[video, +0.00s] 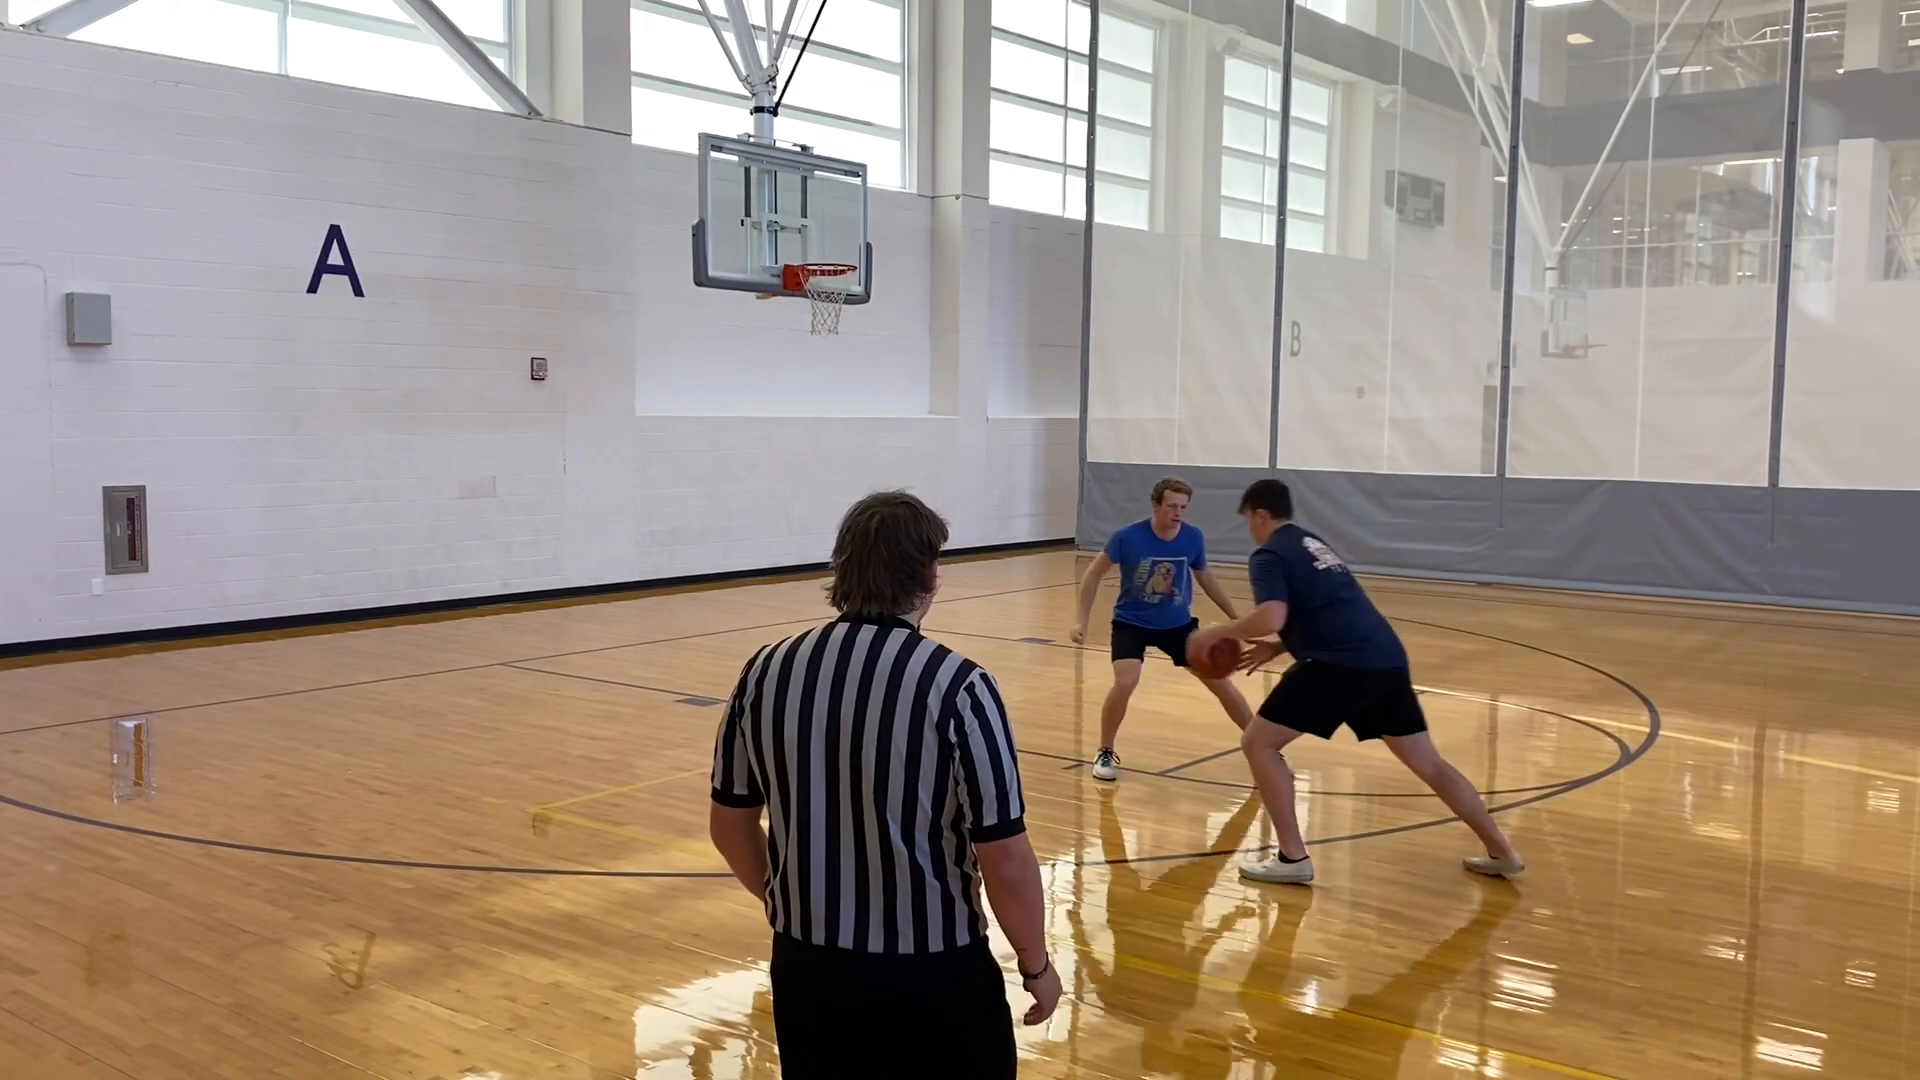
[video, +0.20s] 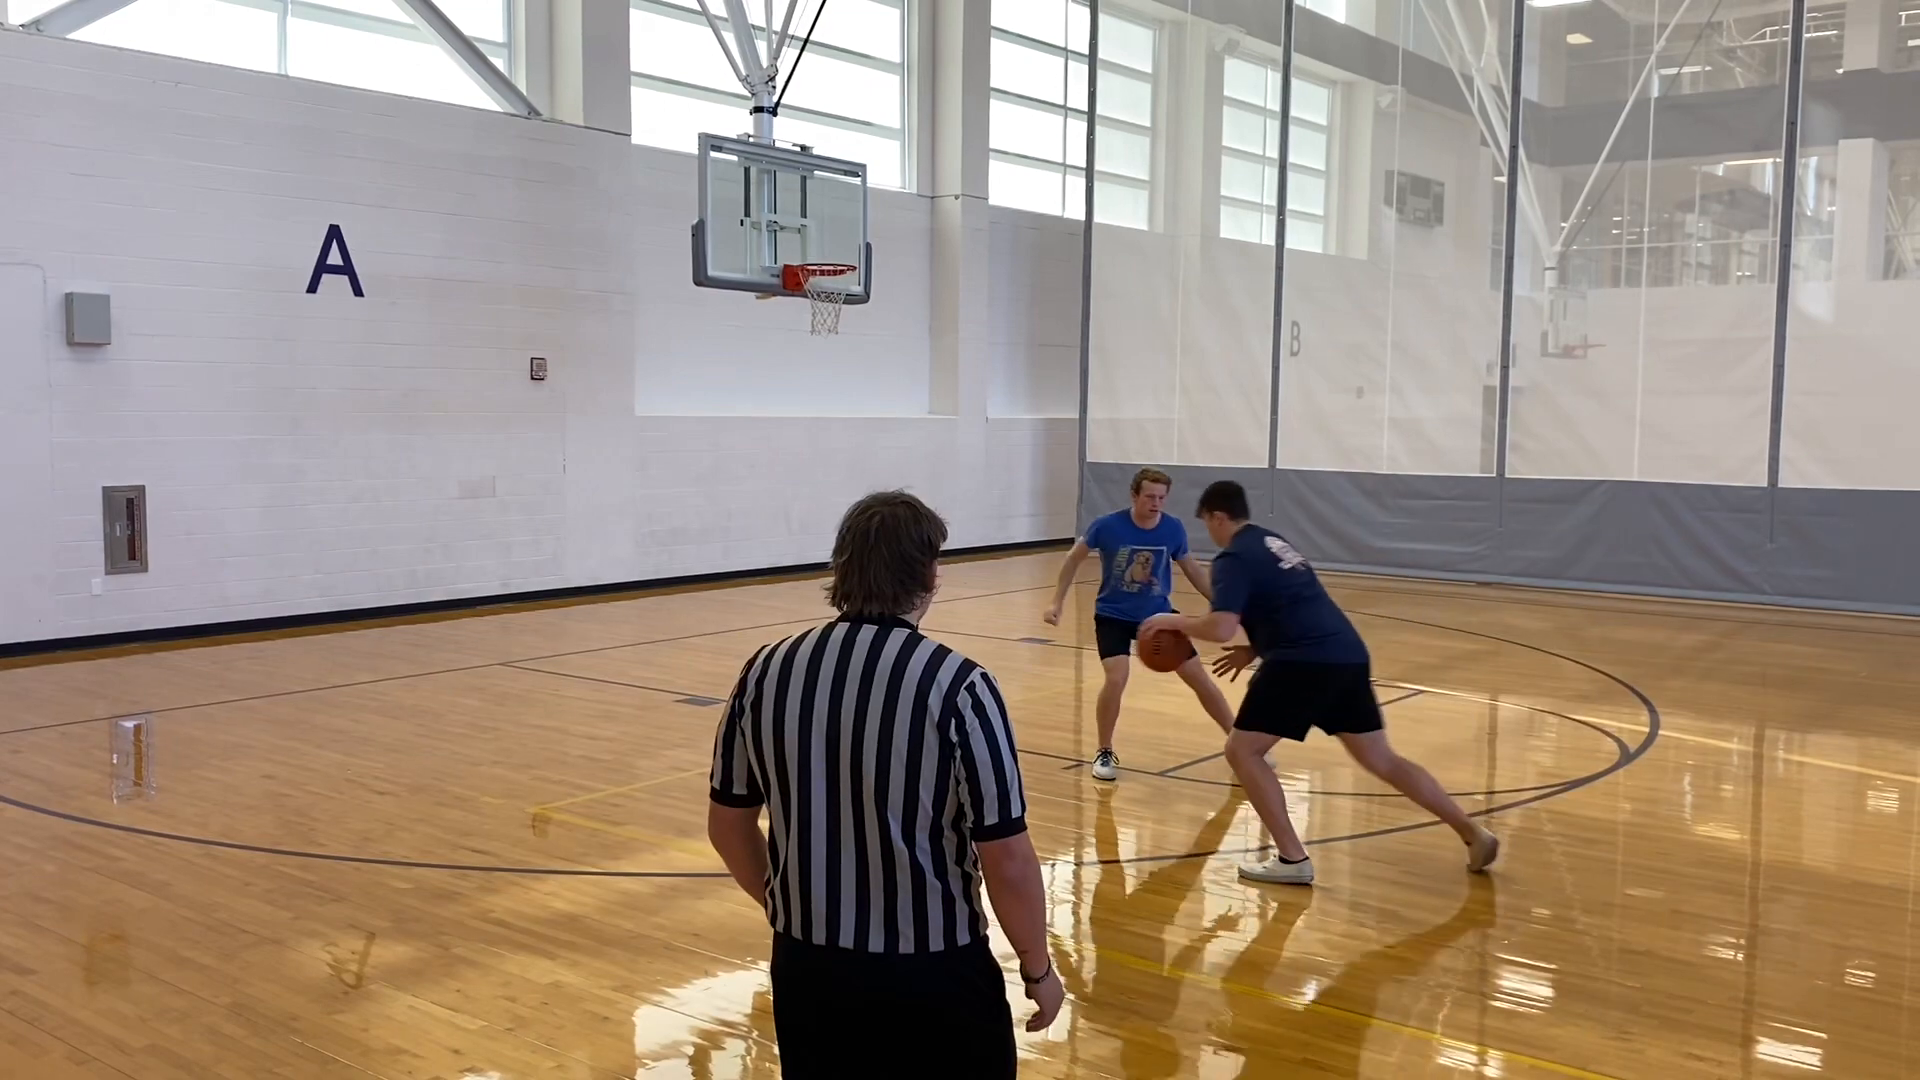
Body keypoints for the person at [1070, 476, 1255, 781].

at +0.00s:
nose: (1178, 512)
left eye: (1183, 507)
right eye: (1172, 506)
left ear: (1187, 508)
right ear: (1155, 506)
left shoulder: (1192, 538)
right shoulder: (1127, 538)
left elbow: (1205, 577)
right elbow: (1094, 574)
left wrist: (1235, 618)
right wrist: (1082, 623)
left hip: (1177, 624)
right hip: (1131, 623)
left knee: (1220, 681)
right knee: (1126, 681)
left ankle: (1263, 746)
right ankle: (1106, 752)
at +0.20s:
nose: (1156, 503)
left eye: (1161, 497)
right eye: (1149, 496)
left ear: (1166, 499)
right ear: (1134, 496)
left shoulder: (1172, 529)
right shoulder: (1106, 527)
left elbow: (1192, 568)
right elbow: (1074, 558)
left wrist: (1221, 601)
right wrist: (1057, 602)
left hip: (1158, 613)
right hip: (1113, 613)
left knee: (1198, 677)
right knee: (1116, 677)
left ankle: (1240, 741)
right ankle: (1104, 752)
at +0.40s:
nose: (1135, 495)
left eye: (1141, 489)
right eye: (1129, 489)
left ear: (1148, 491)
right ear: (1116, 488)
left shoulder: (1157, 522)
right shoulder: (1089, 517)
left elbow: (1187, 556)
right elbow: (1059, 548)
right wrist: (1037, 590)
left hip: (1142, 608)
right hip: (1097, 609)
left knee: (1175, 666)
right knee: (1099, 676)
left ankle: (1193, 740)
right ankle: (1102, 751)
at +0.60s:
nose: (1117, 491)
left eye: (1123, 486)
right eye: (1112, 485)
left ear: (1130, 488)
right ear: (1100, 484)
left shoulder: (1136, 518)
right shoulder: (1074, 512)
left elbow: (1154, 556)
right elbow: (1045, 547)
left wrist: (1153, 595)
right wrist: (1024, 588)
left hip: (1122, 599)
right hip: (1078, 599)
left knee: (1150, 662)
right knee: (1077, 670)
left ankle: (1147, 732)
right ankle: (1084, 744)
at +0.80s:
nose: (1102, 493)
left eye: (1109, 488)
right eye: (1097, 486)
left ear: (1117, 489)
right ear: (1086, 484)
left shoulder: (1122, 517)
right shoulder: (1062, 514)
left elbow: (1139, 557)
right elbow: (1035, 551)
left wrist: (1143, 595)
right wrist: (1015, 592)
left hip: (1111, 599)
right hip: (1067, 598)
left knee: (1133, 662)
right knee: (1058, 661)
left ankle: (1125, 733)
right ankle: (1060, 740)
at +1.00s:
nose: (1084, 495)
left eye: (1088, 489)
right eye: (1078, 488)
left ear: (1091, 493)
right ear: (1068, 491)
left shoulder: (1105, 522)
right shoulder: (1045, 522)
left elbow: (1125, 565)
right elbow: (1021, 561)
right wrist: (1002, 601)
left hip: (1095, 603)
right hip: (1051, 600)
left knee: (1112, 672)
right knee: (1027, 662)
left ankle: (1111, 743)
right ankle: (1015, 734)